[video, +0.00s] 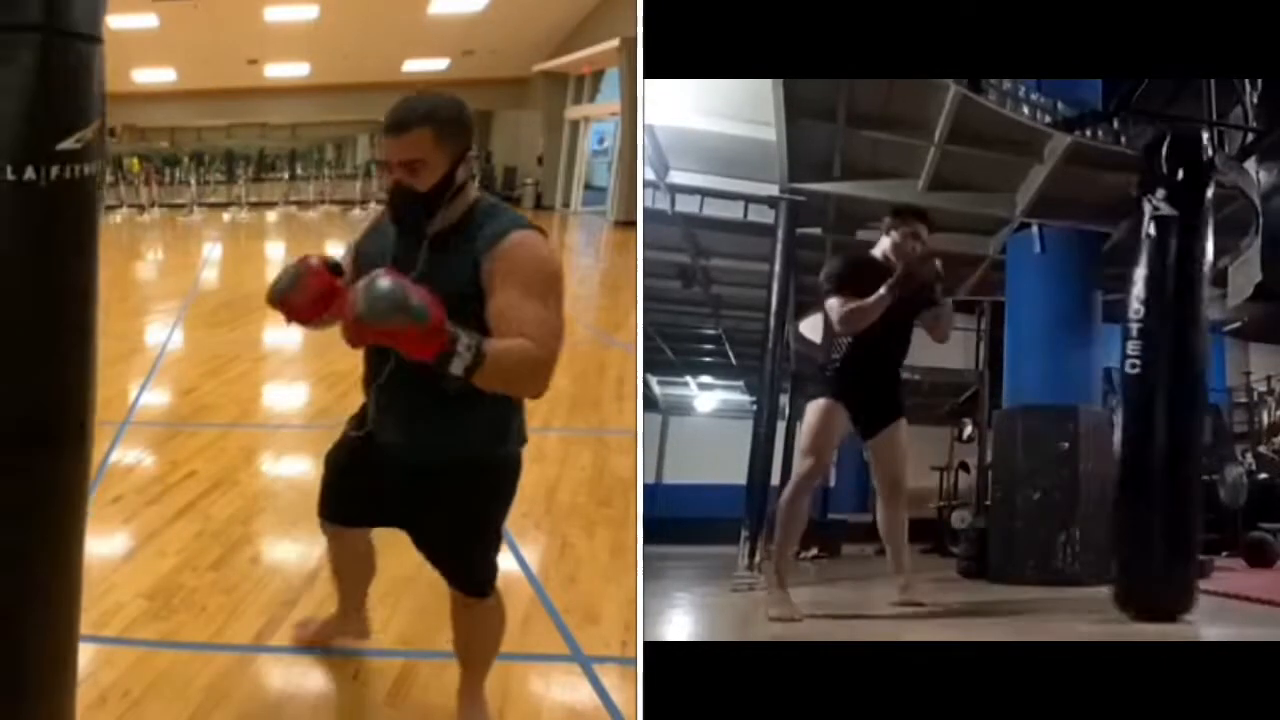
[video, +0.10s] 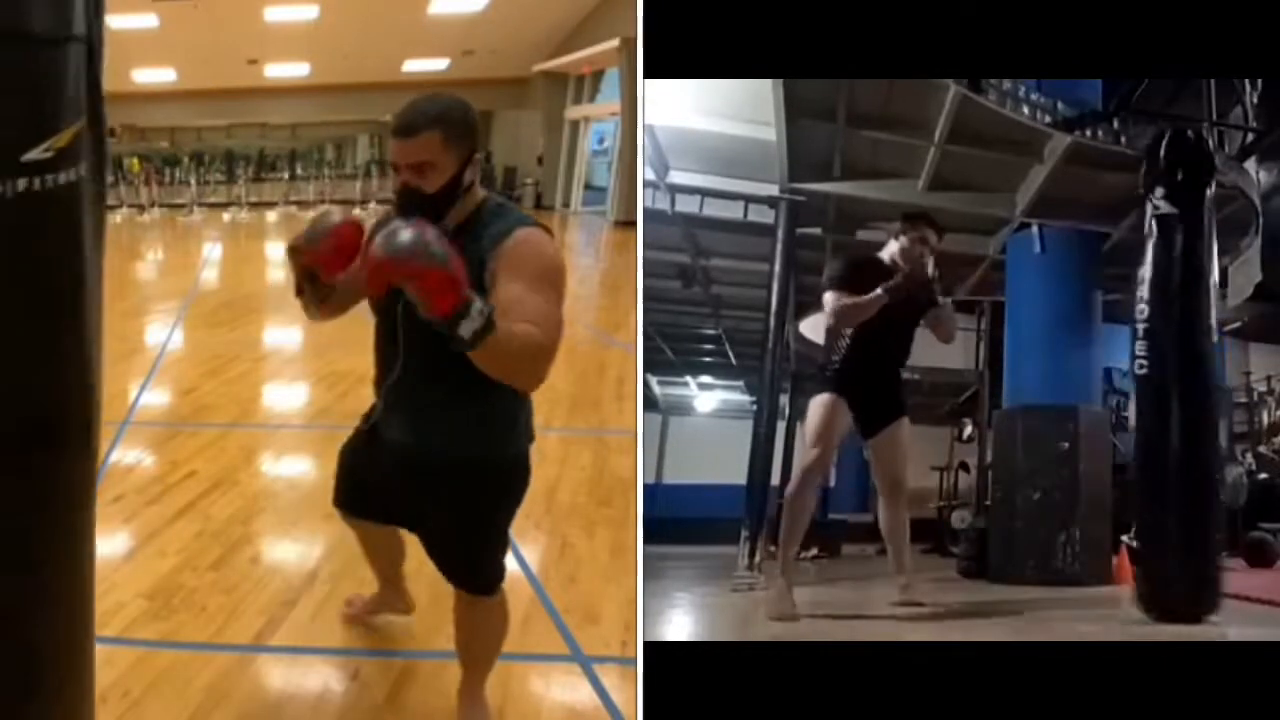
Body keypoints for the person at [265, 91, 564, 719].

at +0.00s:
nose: (396, 181)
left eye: (413, 167)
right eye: (388, 166)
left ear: (460, 161)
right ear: (380, 161)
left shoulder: (515, 247)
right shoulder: (388, 229)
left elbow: (531, 372)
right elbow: (360, 323)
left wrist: (442, 343)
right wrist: (323, 298)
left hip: (471, 445)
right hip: (385, 426)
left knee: (471, 579)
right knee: (342, 504)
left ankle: (472, 695)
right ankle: (351, 619)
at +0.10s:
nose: (406, 184)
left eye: (422, 169)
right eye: (398, 169)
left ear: (467, 163)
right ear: (390, 163)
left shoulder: (522, 245)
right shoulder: (401, 226)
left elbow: (529, 368)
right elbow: (325, 306)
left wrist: (460, 309)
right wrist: (312, 271)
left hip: (478, 444)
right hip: (397, 422)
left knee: (477, 581)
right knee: (360, 500)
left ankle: (472, 694)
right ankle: (392, 592)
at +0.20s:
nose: (410, 182)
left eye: (424, 167)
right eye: (400, 167)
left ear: (468, 165)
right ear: (391, 165)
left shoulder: (516, 234)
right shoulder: (392, 229)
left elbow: (512, 348)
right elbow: (326, 304)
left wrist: (452, 262)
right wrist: (327, 246)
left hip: (477, 438)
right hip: (400, 421)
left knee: (474, 580)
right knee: (388, 503)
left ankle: (473, 695)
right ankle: (425, 589)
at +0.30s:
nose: (408, 186)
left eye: (422, 173)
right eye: (399, 172)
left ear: (463, 165)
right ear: (390, 166)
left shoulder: (509, 231)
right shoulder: (395, 224)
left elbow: (494, 329)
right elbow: (325, 300)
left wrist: (425, 257)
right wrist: (320, 252)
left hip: (467, 431)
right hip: (401, 418)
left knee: (454, 581)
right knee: (422, 521)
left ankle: (474, 692)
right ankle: (439, 603)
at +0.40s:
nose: (398, 195)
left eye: (413, 182)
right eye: (390, 180)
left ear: (452, 175)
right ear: (383, 173)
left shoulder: (498, 239)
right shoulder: (389, 228)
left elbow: (494, 343)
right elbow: (325, 302)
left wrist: (421, 282)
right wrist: (315, 252)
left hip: (456, 430)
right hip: (398, 415)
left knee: (420, 572)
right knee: (419, 514)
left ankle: (451, 692)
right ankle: (427, 603)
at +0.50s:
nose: (373, 182)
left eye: (388, 170)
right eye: (368, 169)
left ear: (430, 163)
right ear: (364, 161)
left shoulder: (480, 231)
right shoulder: (381, 217)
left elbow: (527, 332)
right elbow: (329, 289)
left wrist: (441, 288)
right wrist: (312, 248)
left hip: (450, 424)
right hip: (400, 410)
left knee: (409, 562)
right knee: (423, 520)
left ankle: (424, 700)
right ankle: (436, 606)